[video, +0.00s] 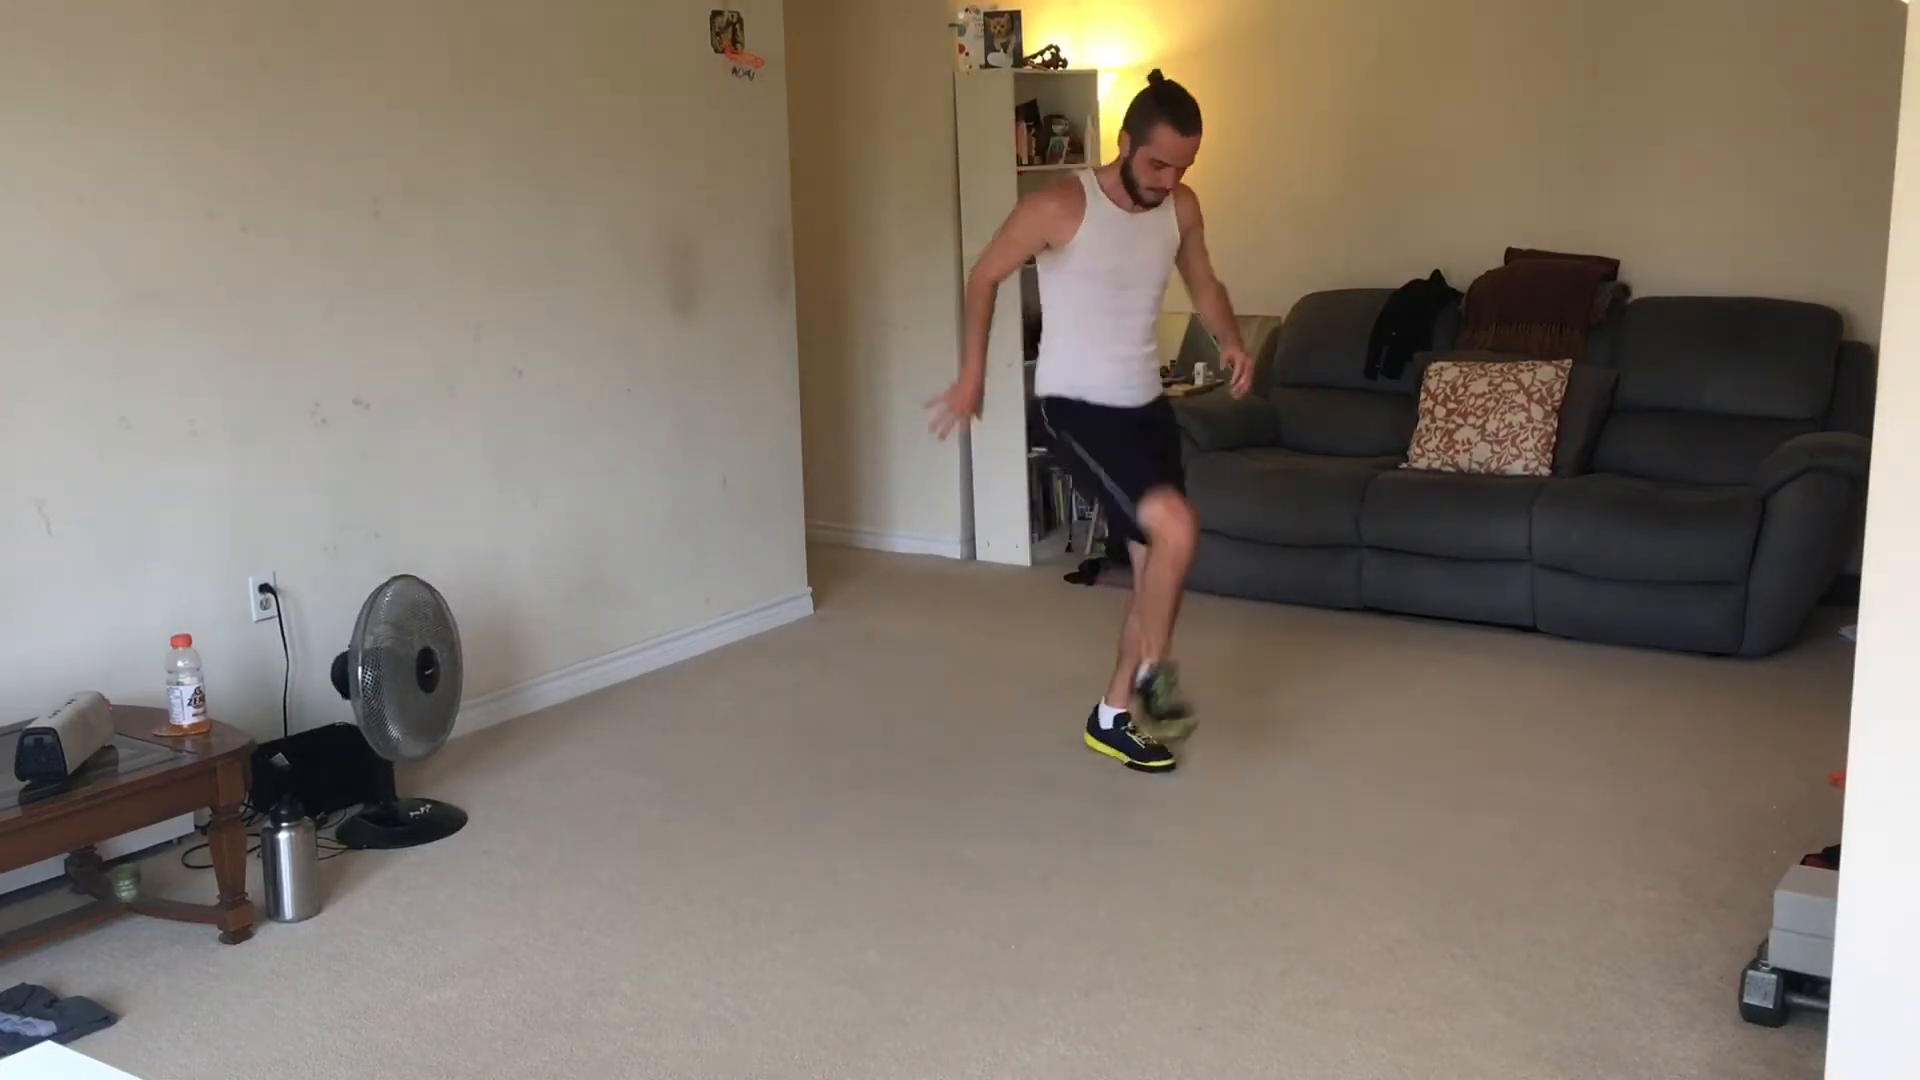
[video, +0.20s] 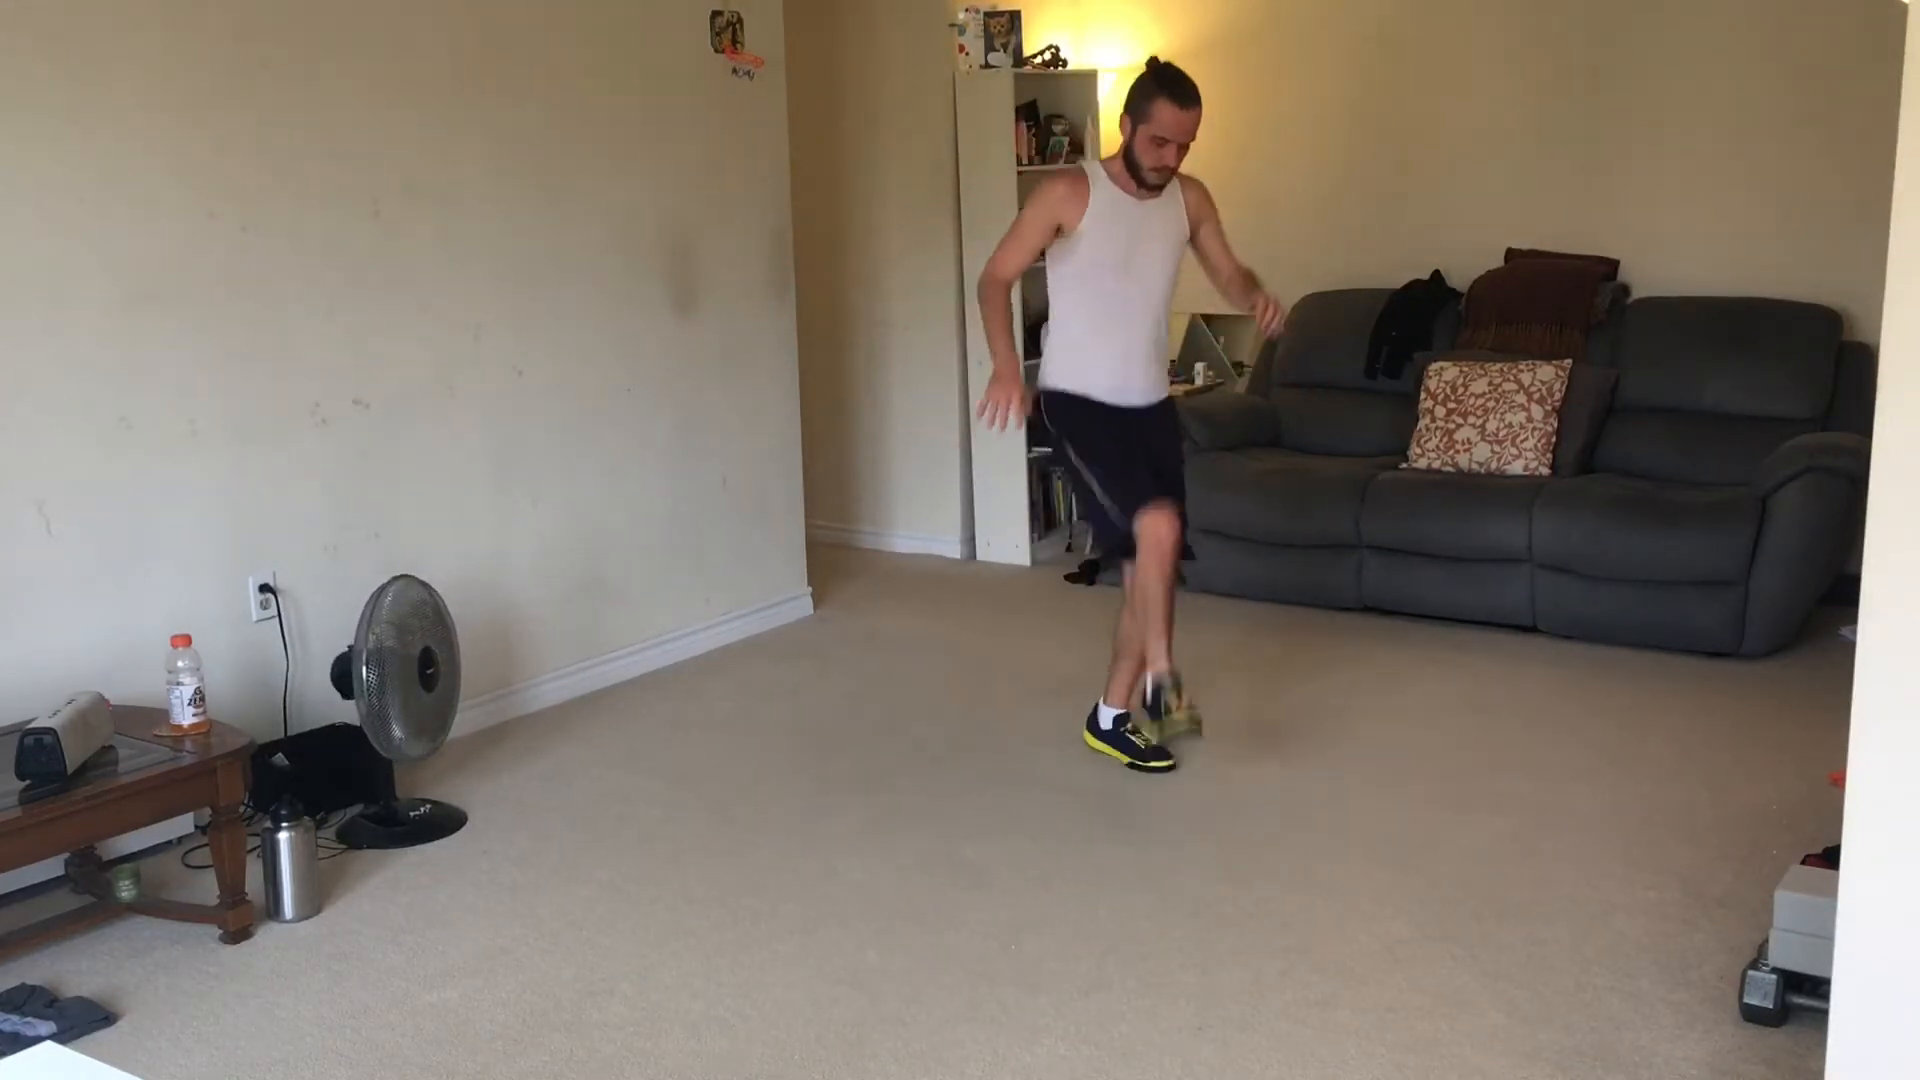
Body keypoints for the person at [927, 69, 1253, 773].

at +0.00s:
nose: (1168, 179)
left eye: (1180, 167)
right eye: (1157, 163)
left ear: (1190, 155)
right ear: (1124, 142)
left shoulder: (1179, 206)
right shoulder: (1060, 203)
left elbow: (1204, 285)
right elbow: (982, 277)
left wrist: (1231, 341)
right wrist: (971, 376)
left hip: (1146, 405)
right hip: (1073, 405)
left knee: (1153, 571)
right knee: (1175, 527)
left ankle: (1114, 714)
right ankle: (1150, 675)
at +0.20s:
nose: (1172, 157)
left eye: (1183, 143)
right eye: (1159, 141)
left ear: (1192, 137)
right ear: (1127, 125)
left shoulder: (1188, 198)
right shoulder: (1070, 192)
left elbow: (1229, 277)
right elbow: (994, 279)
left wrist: (1257, 296)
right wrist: (1004, 367)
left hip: (1150, 402)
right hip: (1076, 399)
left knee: (1157, 559)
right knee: (1157, 522)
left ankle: (1111, 715)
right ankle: (1162, 687)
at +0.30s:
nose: (1175, 139)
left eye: (1188, 126)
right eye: (1162, 123)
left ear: (1197, 117)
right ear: (1130, 105)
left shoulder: (1194, 180)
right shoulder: (1072, 167)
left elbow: (1236, 263)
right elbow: (988, 247)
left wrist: (1268, 281)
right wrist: (1006, 319)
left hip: (1145, 378)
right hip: (1065, 370)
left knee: (1142, 564)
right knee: (1128, 387)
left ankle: (1104, 705)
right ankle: (1166, 527)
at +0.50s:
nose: (1181, 185)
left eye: (1195, 174)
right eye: (1170, 168)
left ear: (1207, 164)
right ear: (1139, 148)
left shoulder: (1196, 224)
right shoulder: (1076, 205)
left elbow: (1211, 314)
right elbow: (981, 271)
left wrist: (1247, 379)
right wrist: (992, 330)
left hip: (1135, 415)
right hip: (1055, 400)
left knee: (1130, 592)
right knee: (1066, 412)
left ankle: (1092, 740)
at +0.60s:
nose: (1185, 189)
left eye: (1199, 178)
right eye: (1175, 172)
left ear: (1213, 168)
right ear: (1146, 149)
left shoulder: (1199, 230)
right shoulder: (1078, 199)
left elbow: (1213, 316)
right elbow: (977, 255)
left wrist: (1239, 390)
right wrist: (986, 321)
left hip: (1128, 412)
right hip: (1047, 397)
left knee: (1135, 580)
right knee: (1088, 493)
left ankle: (1094, 741)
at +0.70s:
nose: (1189, 186)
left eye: (1205, 176)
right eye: (1179, 169)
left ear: (1217, 164)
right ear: (1151, 143)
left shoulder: (1204, 224)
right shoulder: (1077, 189)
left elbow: (1234, 310)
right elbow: (972, 229)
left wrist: (1242, 380)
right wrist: (975, 301)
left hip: (1127, 418)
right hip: (1042, 406)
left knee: (1119, 593)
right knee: (1059, 549)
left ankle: (1093, 738)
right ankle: (1060, 621)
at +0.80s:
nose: (1189, 193)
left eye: (1204, 183)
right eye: (1180, 176)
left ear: (1218, 168)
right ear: (1150, 146)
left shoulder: (1209, 222)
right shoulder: (1079, 178)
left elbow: (1250, 301)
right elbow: (981, 210)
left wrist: (1243, 379)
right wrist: (969, 286)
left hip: (1111, 412)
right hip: (1025, 392)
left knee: (1098, 585)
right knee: (1004, 528)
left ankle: (1094, 727)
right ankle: (1101, 549)